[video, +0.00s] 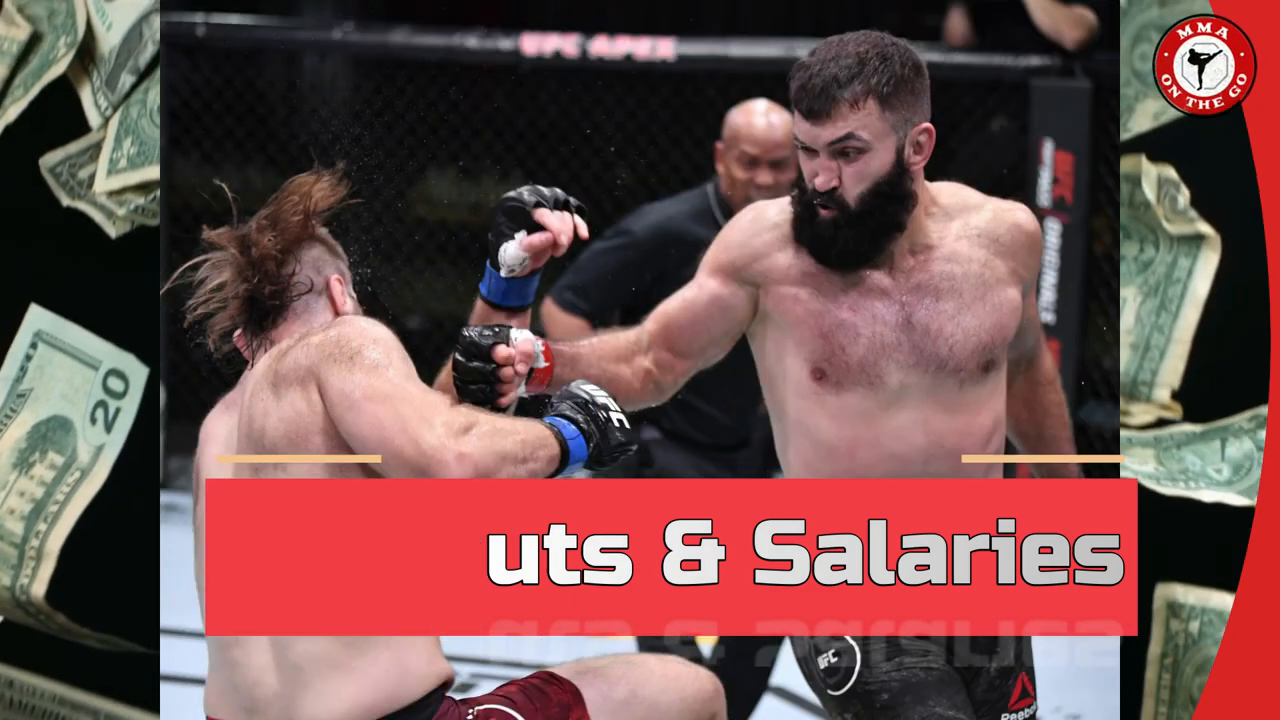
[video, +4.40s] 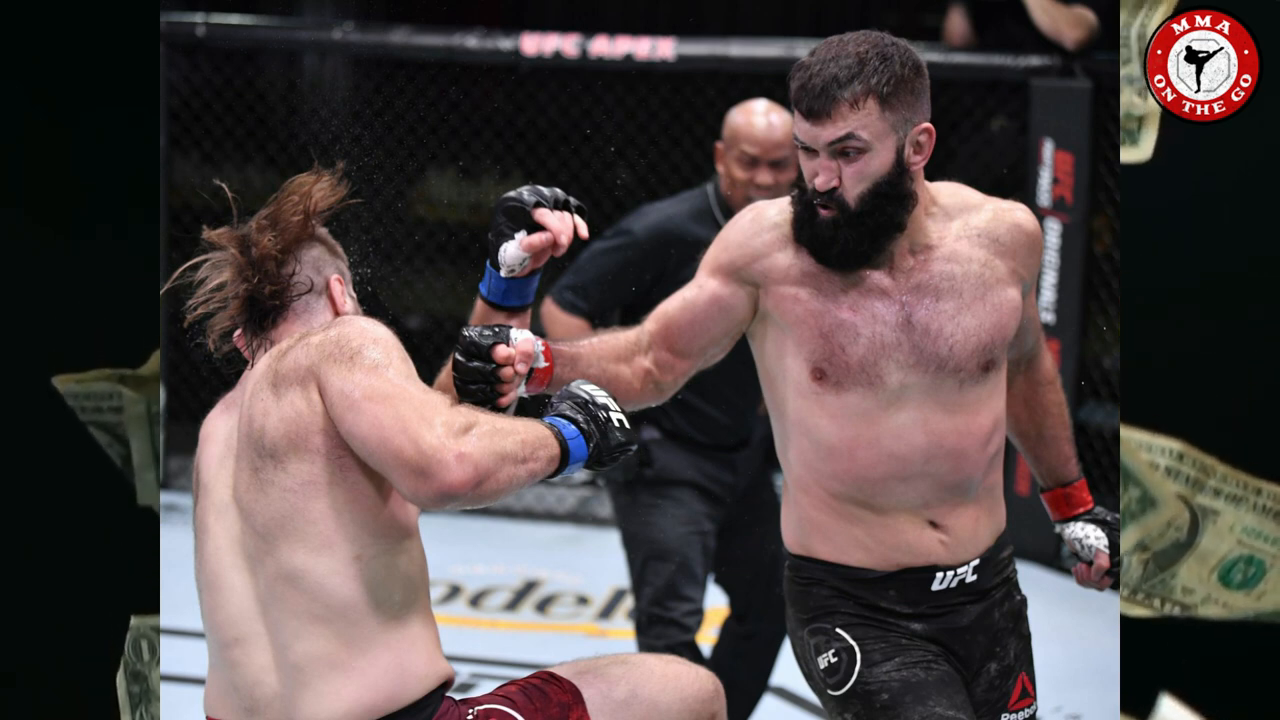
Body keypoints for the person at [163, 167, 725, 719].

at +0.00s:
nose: (363, 306)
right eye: (356, 289)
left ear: (243, 345)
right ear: (340, 291)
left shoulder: (216, 429)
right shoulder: (347, 345)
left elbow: (442, 425)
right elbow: (453, 456)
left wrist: (508, 284)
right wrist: (575, 432)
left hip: (237, 715)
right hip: (394, 709)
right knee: (691, 687)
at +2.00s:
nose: (363, 308)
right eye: (356, 290)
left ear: (243, 346)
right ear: (340, 290)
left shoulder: (217, 427)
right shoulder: (344, 346)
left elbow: (445, 428)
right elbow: (446, 467)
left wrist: (509, 282)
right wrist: (576, 431)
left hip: (238, 713)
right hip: (396, 709)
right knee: (691, 687)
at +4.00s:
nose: (364, 309)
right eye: (357, 292)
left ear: (242, 343)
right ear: (339, 292)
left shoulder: (217, 426)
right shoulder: (343, 346)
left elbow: (445, 427)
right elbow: (447, 467)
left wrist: (508, 283)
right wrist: (576, 430)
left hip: (238, 713)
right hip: (395, 709)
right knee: (691, 687)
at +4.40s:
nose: (364, 308)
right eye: (356, 292)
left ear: (242, 343)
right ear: (340, 292)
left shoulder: (217, 426)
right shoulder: (344, 346)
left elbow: (443, 428)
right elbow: (447, 467)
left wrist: (508, 283)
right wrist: (576, 431)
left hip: (239, 713)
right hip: (396, 710)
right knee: (692, 688)